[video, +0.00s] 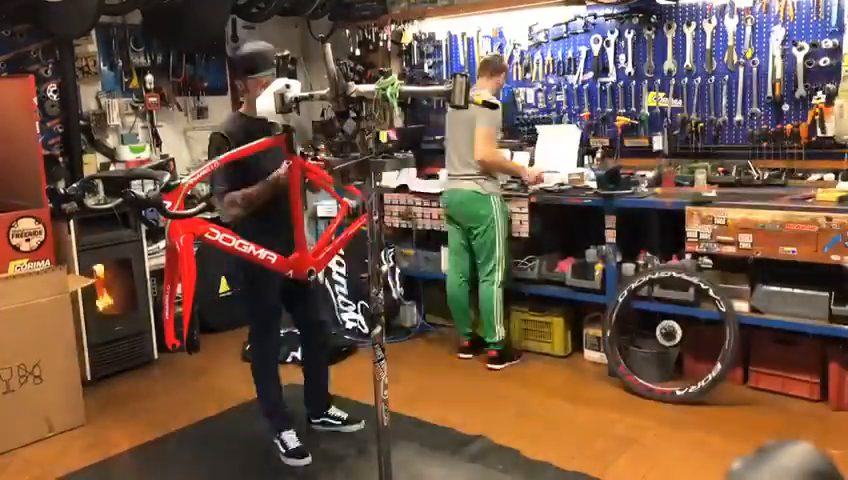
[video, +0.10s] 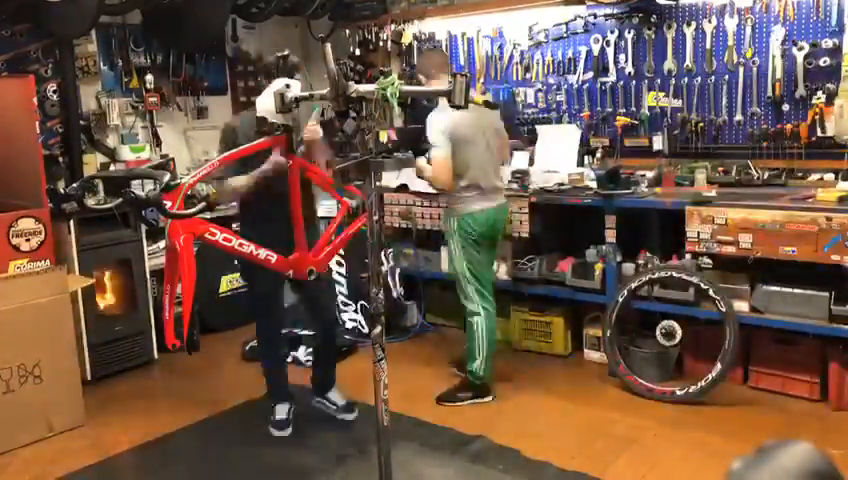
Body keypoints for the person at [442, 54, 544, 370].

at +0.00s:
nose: (502, 85)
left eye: (502, 80)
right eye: (503, 80)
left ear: (478, 74)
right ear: (498, 78)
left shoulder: (455, 105)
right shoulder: (488, 106)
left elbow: (460, 151)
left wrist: (505, 163)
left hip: (453, 192)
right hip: (481, 194)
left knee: (458, 271)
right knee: (492, 273)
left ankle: (466, 339)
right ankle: (496, 346)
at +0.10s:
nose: (424, 85)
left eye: (424, 79)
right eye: (425, 78)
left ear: (430, 81)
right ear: (458, 78)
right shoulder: (488, 113)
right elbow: (503, 153)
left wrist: (423, 169)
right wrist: (470, 154)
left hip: (467, 216)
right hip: (497, 210)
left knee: (475, 296)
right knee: (481, 289)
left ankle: (479, 380)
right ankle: (478, 356)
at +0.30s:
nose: (510, 92)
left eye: (508, 86)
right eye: (510, 87)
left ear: (480, 85)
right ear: (508, 85)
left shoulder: (456, 115)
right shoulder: (503, 113)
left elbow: (436, 158)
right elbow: (511, 163)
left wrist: (463, 156)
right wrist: (534, 167)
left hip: (458, 200)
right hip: (489, 203)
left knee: (460, 272)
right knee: (497, 277)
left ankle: (456, 340)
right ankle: (500, 356)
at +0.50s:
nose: (496, 114)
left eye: (498, 109)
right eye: (497, 108)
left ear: (476, 93)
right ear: (489, 99)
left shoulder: (448, 111)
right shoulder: (470, 111)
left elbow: (446, 151)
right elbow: (458, 140)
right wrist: (485, 158)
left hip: (434, 195)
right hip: (453, 197)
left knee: (445, 266)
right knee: (462, 267)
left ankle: (447, 336)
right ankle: (456, 341)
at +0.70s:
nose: (473, 90)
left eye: (473, 82)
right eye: (471, 83)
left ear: (444, 85)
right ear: (464, 86)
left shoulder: (422, 113)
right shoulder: (457, 115)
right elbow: (470, 158)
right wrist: (485, 144)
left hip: (419, 195)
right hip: (442, 197)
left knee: (432, 266)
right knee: (452, 267)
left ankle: (436, 334)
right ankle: (449, 338)